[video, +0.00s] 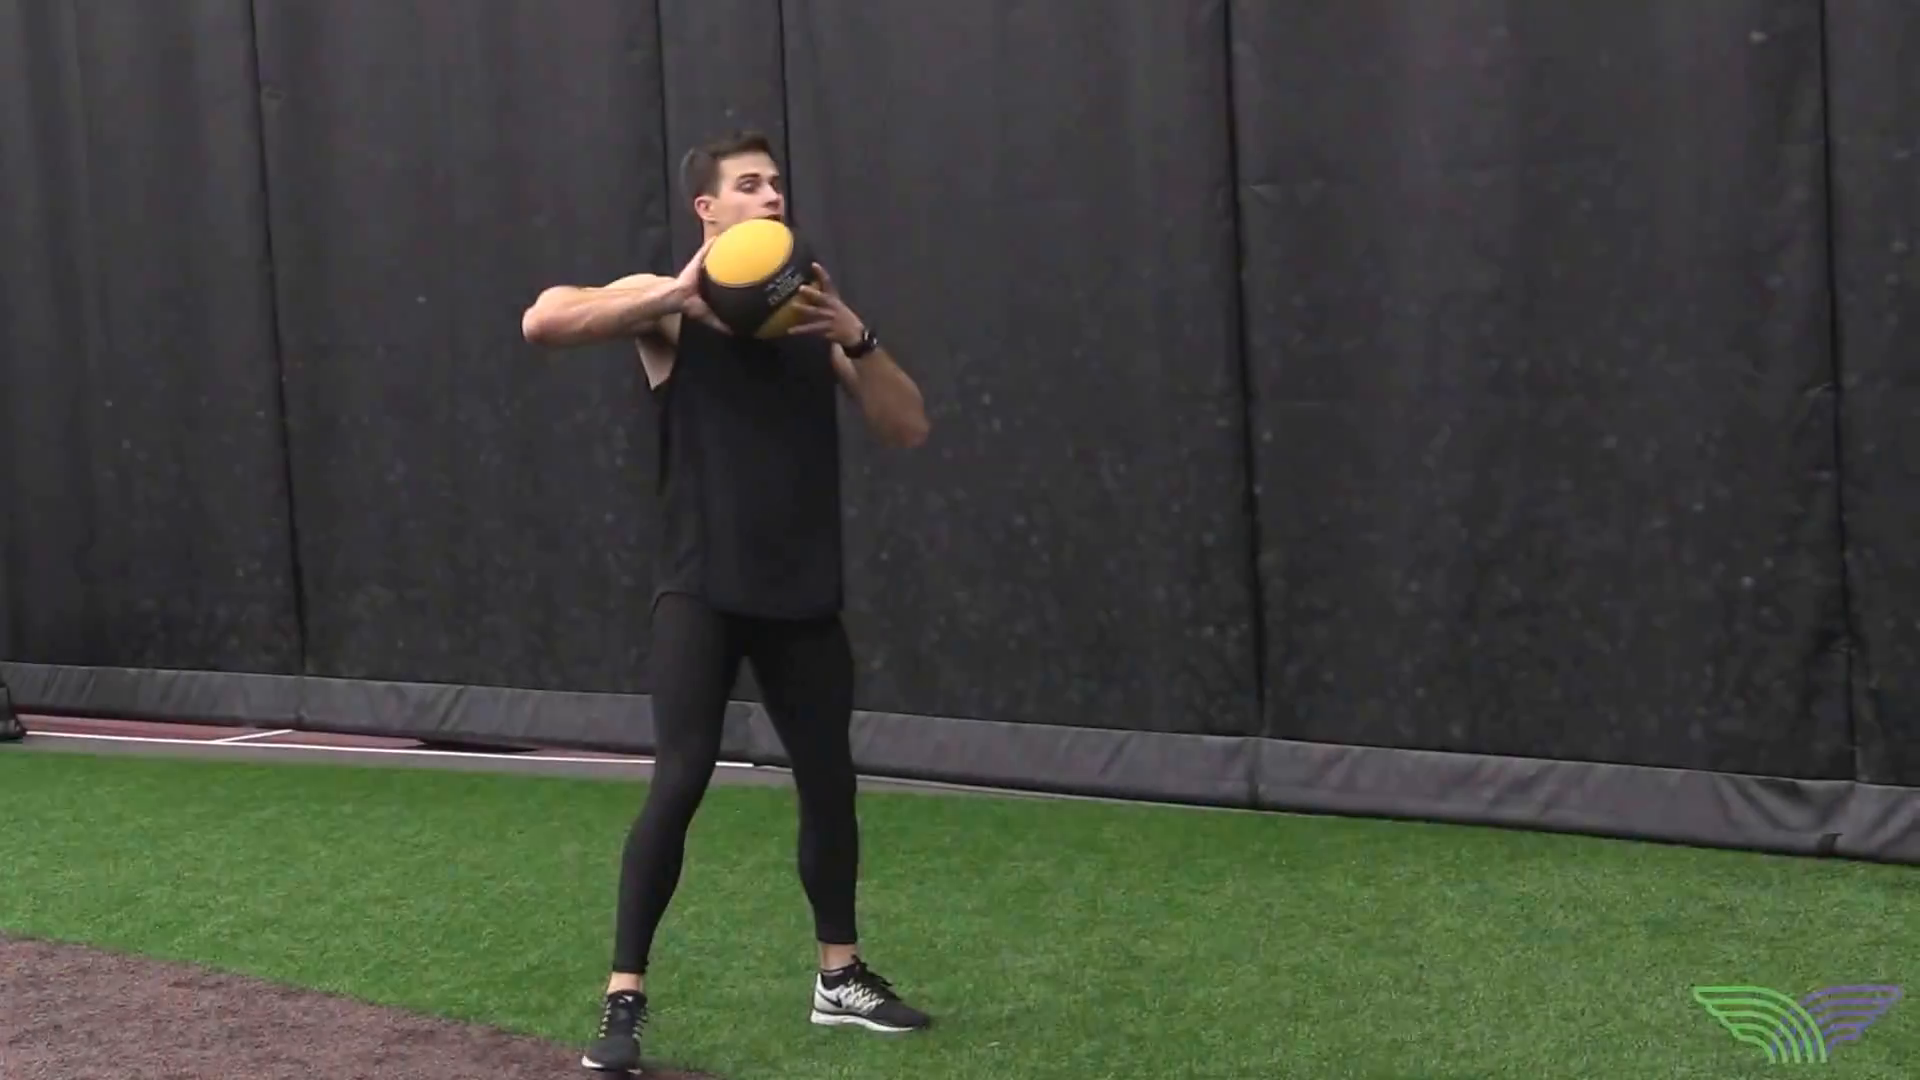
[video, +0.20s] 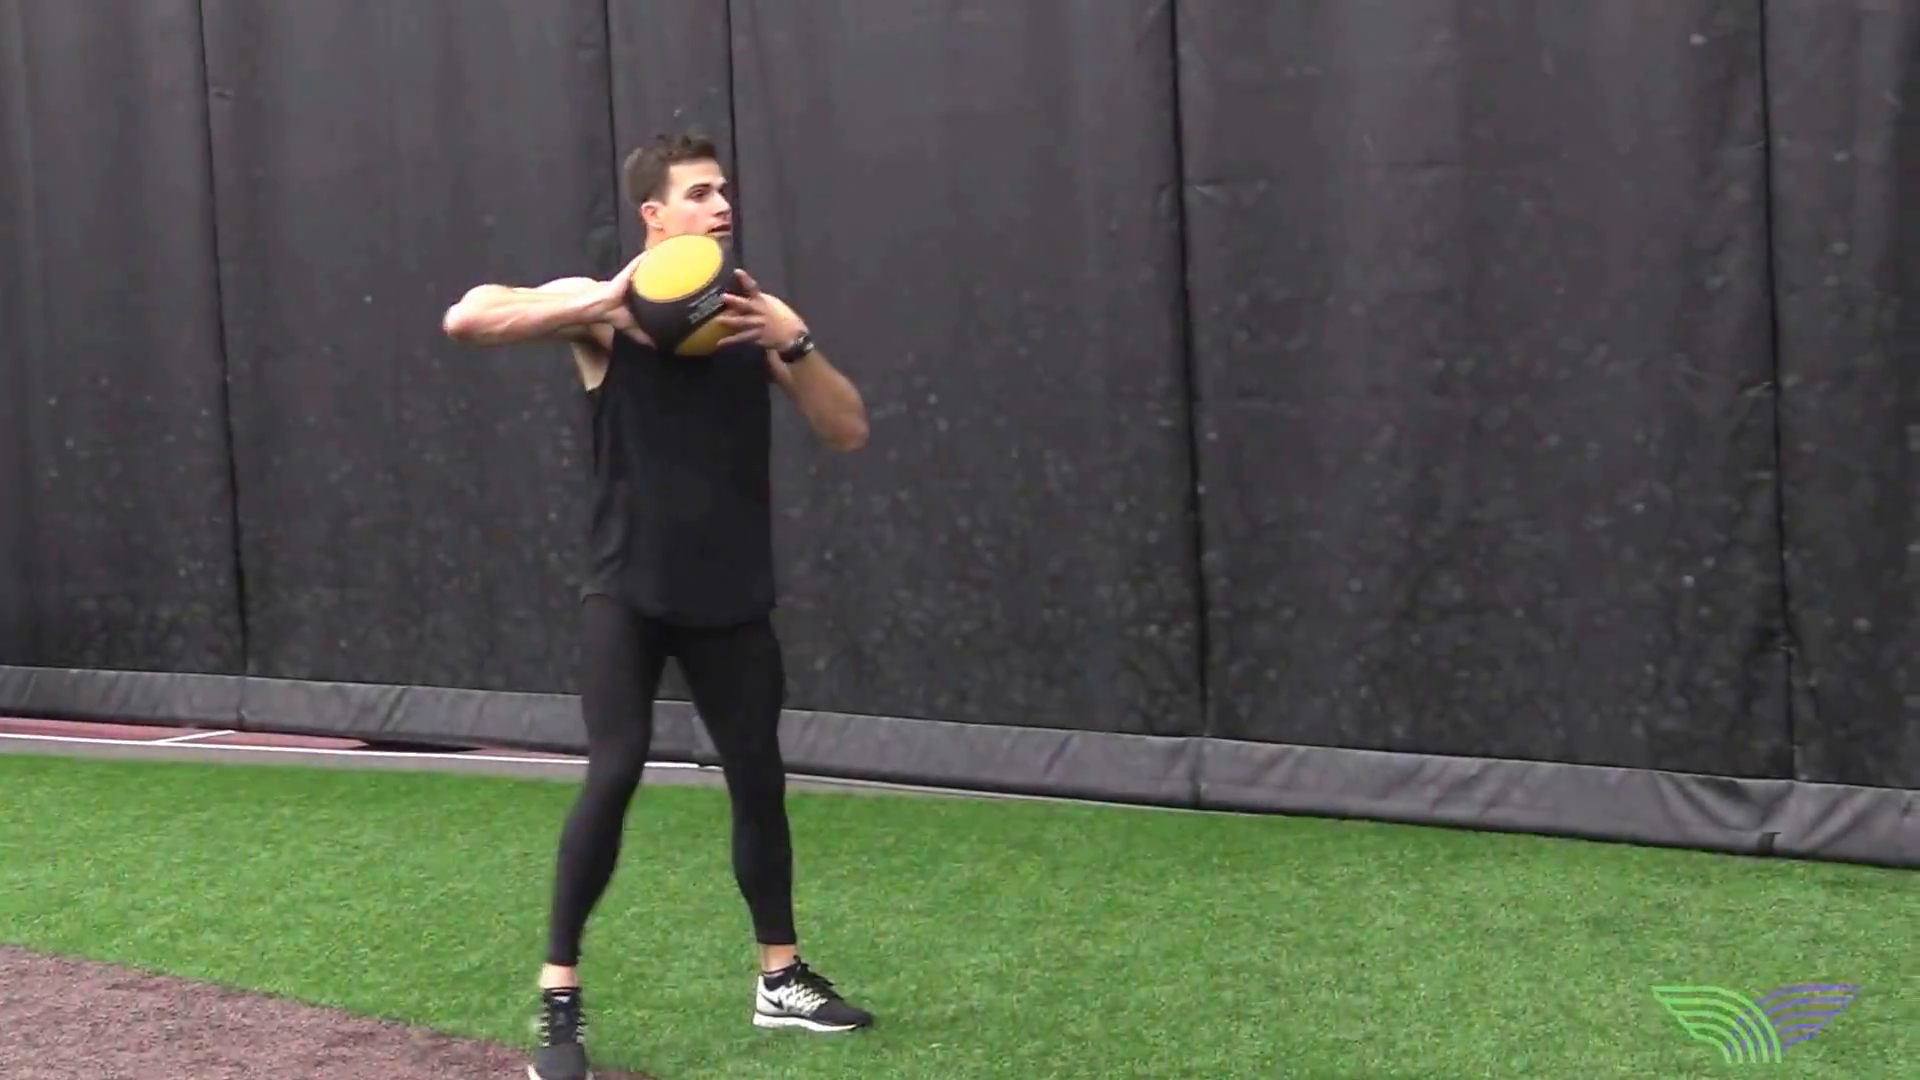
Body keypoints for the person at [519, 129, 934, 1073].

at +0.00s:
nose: (770, 197)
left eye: (776, 185)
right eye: (749, 184)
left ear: (788, 205)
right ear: (704, 206)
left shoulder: (815, 306)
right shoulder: (666, 297)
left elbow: (910, 425)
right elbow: (540, 321)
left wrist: (856, 342)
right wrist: (668, 296)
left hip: (802, 588)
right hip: (699, 586)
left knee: (831, 781)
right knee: (680, 780)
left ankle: (840, 977)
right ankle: (625, 992)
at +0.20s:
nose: (719, 209)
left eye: (724, 195)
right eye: (699, 195)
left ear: (731, 212)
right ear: (650, 213)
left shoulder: (754, 317)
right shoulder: (600, 302)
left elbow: (850, 429)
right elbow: (464, 318)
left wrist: (795, 344)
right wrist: (585, 308)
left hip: (730, 591)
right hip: (626, 588)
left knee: (760, 777)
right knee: (616, 768)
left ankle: (783, 977)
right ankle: (560, 990)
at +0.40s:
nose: (589, 242)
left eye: (592, 224)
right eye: (566, 230)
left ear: (600, 234)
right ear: (516, 248)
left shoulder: (645, 325)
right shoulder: (473, 327)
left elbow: (731, 441)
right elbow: (321, 346)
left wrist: (648, 379)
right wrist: (444, 352)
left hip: (622, 601)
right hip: (513, 599)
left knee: (668, 781)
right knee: (479, 780)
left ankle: (701, 976)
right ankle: (407, 1001)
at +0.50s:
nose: (510, 278)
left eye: (516, 260)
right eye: (488, 267)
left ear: (527, 265)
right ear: (439, 286)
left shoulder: (572, 348)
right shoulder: (403, 357)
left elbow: (663, 466)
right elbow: (244, 376)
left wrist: (570, 425)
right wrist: (354, 390)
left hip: (571, 619)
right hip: (460, 618)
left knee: (640, 788)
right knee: (425, 801)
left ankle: (678, 976)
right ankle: (367, 1016)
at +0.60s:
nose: (451, 328)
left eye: (452, 308)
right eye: (426, 319)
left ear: (461, 303)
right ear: (377, 338)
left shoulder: (514, 380)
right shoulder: (336, 393)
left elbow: (601, 504)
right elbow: (183, 409)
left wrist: (501, 475)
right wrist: (284, 434)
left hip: (529, 624)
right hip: (418, 629)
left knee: (621, 791)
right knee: (399, 799)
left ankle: (668, 961)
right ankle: (355, 1018)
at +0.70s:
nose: (416, 375)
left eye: (415, 354)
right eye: (392, 368)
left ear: (422, 345)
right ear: (340, 385)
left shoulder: (478, 413)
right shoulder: (299, 429)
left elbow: (565, 539)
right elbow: (142, 442)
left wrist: (458, 521)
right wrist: (247, 477)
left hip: (510, 625)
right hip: (398, 643)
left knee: (610, 787)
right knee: (385, 808)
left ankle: (669, 943)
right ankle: (353, 1019)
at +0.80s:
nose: (391, 417)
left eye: (388, 396)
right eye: (367, 413)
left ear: (392, 379)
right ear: (314, 427)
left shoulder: (452, 444)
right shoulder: (271, 458)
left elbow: (544, 562)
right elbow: (118, 468)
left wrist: (436, 556)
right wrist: (227, 511)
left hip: (495, 625)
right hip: (385, 648)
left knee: (602, 784)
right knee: (374, 810)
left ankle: (674, 939)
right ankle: (350, 1020)